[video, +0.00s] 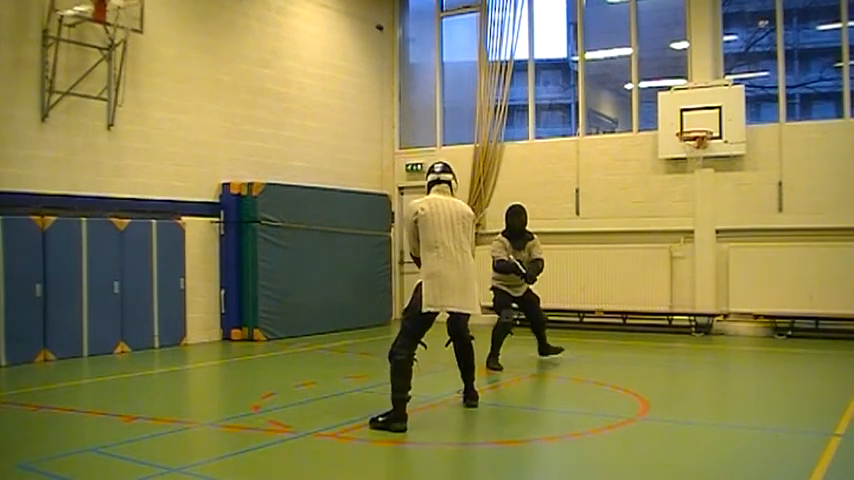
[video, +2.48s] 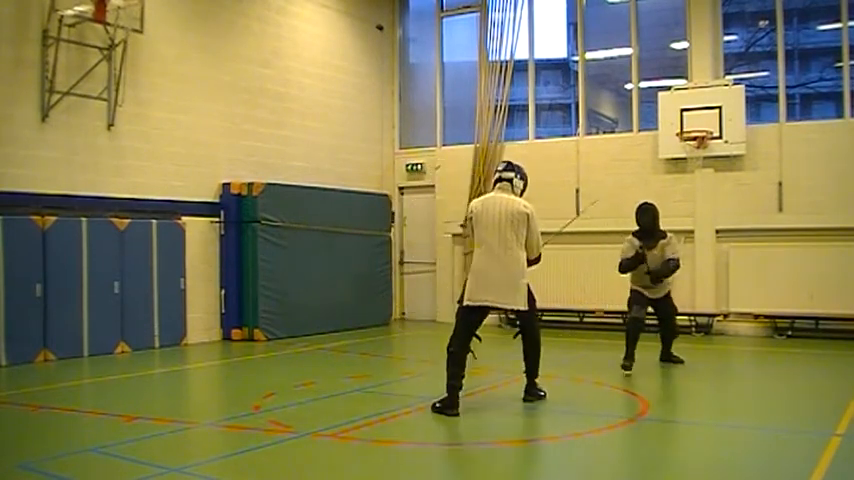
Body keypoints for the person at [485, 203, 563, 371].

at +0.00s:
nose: (517, 223)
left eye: (520, 219)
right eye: (513, 219)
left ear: (526, 221)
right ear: (507, 221)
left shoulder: (532, 240)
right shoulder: (500, 242)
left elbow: (538, 261)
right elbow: (498, 264)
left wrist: (530, 272)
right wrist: (515, 266)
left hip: (523, 289)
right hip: (502, 288)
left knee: (537, 316)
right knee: (506, 318)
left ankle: (543, 345)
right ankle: (493, 356)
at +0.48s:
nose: (550, 218)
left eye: (553, 214)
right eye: (546, 214)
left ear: (559, 215)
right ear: (540, 217)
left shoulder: (567, 235)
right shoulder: (535, 236)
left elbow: (573, 256)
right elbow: (531, 259)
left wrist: (562, 267)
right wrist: (549, 267)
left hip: (558, 285)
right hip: (539, 283)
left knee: (568, 323)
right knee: (540, 310)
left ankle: (554, 349)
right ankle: (533, 348)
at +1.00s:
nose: (577, 230)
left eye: (580, 225)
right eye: (574, 226)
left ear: (586, 221)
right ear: (568, 223)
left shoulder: (594, 237)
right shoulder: (562, 239)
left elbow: (601, 261)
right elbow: (556, 263)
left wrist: (588, 268)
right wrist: (575, 265)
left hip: (586, 286)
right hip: (565, 287)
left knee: (605, 316)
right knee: (571, 320)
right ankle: (562, 354)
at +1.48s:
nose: (621, 220)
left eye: (624, 215)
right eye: (618, 215)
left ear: (631, 214)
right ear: (614, 216)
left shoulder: (640, 234)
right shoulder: (607, 233)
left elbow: (645, 258)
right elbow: (600, 257)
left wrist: (633, 270)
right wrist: (609, 260)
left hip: (630, 283)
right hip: (609, 282)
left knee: (644, 319)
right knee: (603, 314)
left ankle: (635, 351)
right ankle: (588, 349)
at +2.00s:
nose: (640, 222)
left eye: (643, 218)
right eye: (636, 219)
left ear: (649, 215)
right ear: (630, 218)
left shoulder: (658, 234)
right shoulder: (626, 234)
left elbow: (664, 256)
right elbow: (616, 255)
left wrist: (648, 261)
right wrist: (623, 252)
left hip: (652, 286)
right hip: (632, 286)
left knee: (660, 326)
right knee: (636, 320)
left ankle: (640, 346)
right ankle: (636, 356)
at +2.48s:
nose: (648, 231)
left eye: (650, 226)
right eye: (644, 227)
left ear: (656, 222)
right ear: (638, 224)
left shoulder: (668, 240)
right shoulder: (632, 242)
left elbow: (674, 263)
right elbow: (622, 268)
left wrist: (660, 273)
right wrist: (637, 260)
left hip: (661, 291)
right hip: (639, 291)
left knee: (670, 326)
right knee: (635, 319)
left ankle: (666, 353)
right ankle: (629, 356)